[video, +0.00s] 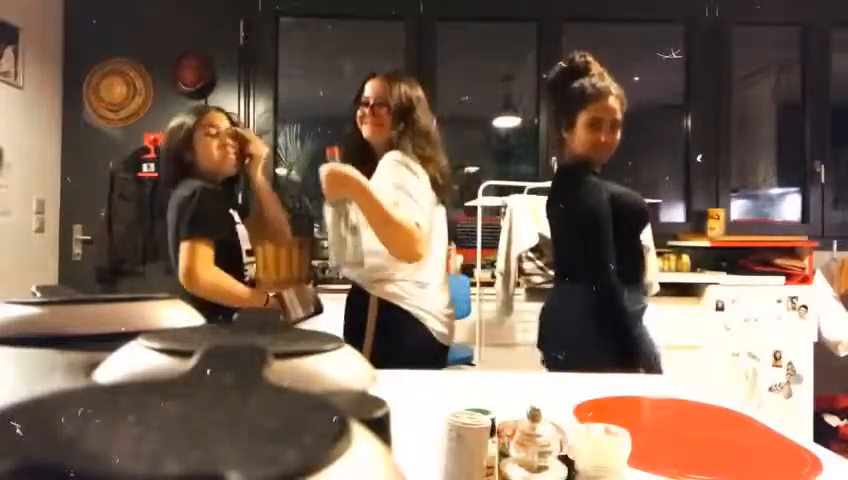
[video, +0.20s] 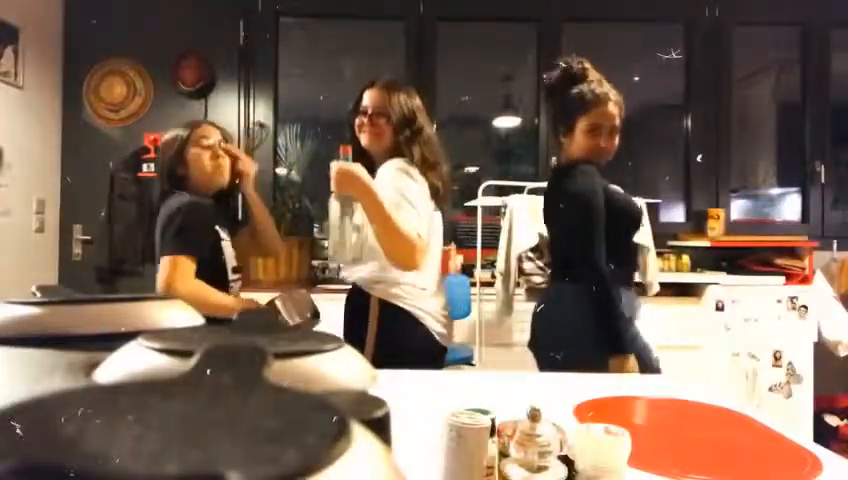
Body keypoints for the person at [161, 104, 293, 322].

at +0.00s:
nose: (228, 142)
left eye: (230, 134)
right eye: (212, 135)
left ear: (237, 142)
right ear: (187, 150)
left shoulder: (217, 194)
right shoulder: (200, 195)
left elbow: (280, 238)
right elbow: (195, 274)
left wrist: (257, 176)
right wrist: (263, 300)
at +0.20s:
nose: (219, 154)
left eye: (224, 147)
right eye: (206, 146)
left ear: (231, 160)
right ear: (179, 165)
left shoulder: (213, 209)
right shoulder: (189, 209)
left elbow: (271, 248)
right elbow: (174, 284)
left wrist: (248, 190)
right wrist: (239, 305)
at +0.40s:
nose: (212, 144)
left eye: (218, 138)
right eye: (197, 136)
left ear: (225, 153)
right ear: (172, 156)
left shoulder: (213, 202)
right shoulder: (176, 200)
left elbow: (256, 262)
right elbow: (150, 275)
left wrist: (252, 205)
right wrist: (230, 295)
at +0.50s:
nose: (213, 150)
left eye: (218, 144)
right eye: (197, 143)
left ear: (225, 158)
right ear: (173, 163)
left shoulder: (205, 213)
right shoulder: (177, 208)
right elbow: (148, 282)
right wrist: (231, 296)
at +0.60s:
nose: (215, 145)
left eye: (220, 139)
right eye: (200, 137)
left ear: (227, 153)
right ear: (176, 158)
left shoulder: (208, 209)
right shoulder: (181, 204)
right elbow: (154, 279)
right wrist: (237, 288)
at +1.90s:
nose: (218, 142)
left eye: (223, 133)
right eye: (202, 134)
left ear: (233, 143)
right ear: (178, 150)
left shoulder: (215, 203)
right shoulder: (184, 197)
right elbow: (173, 271)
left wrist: (267, 290)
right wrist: (247, 284)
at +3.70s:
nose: (226, 134)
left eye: (233, 126)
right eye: (211, 127)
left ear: (243, 137)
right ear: (188, 143)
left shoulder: (225, 196)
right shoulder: (197, 192)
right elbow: (184, 264)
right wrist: (256, 262)